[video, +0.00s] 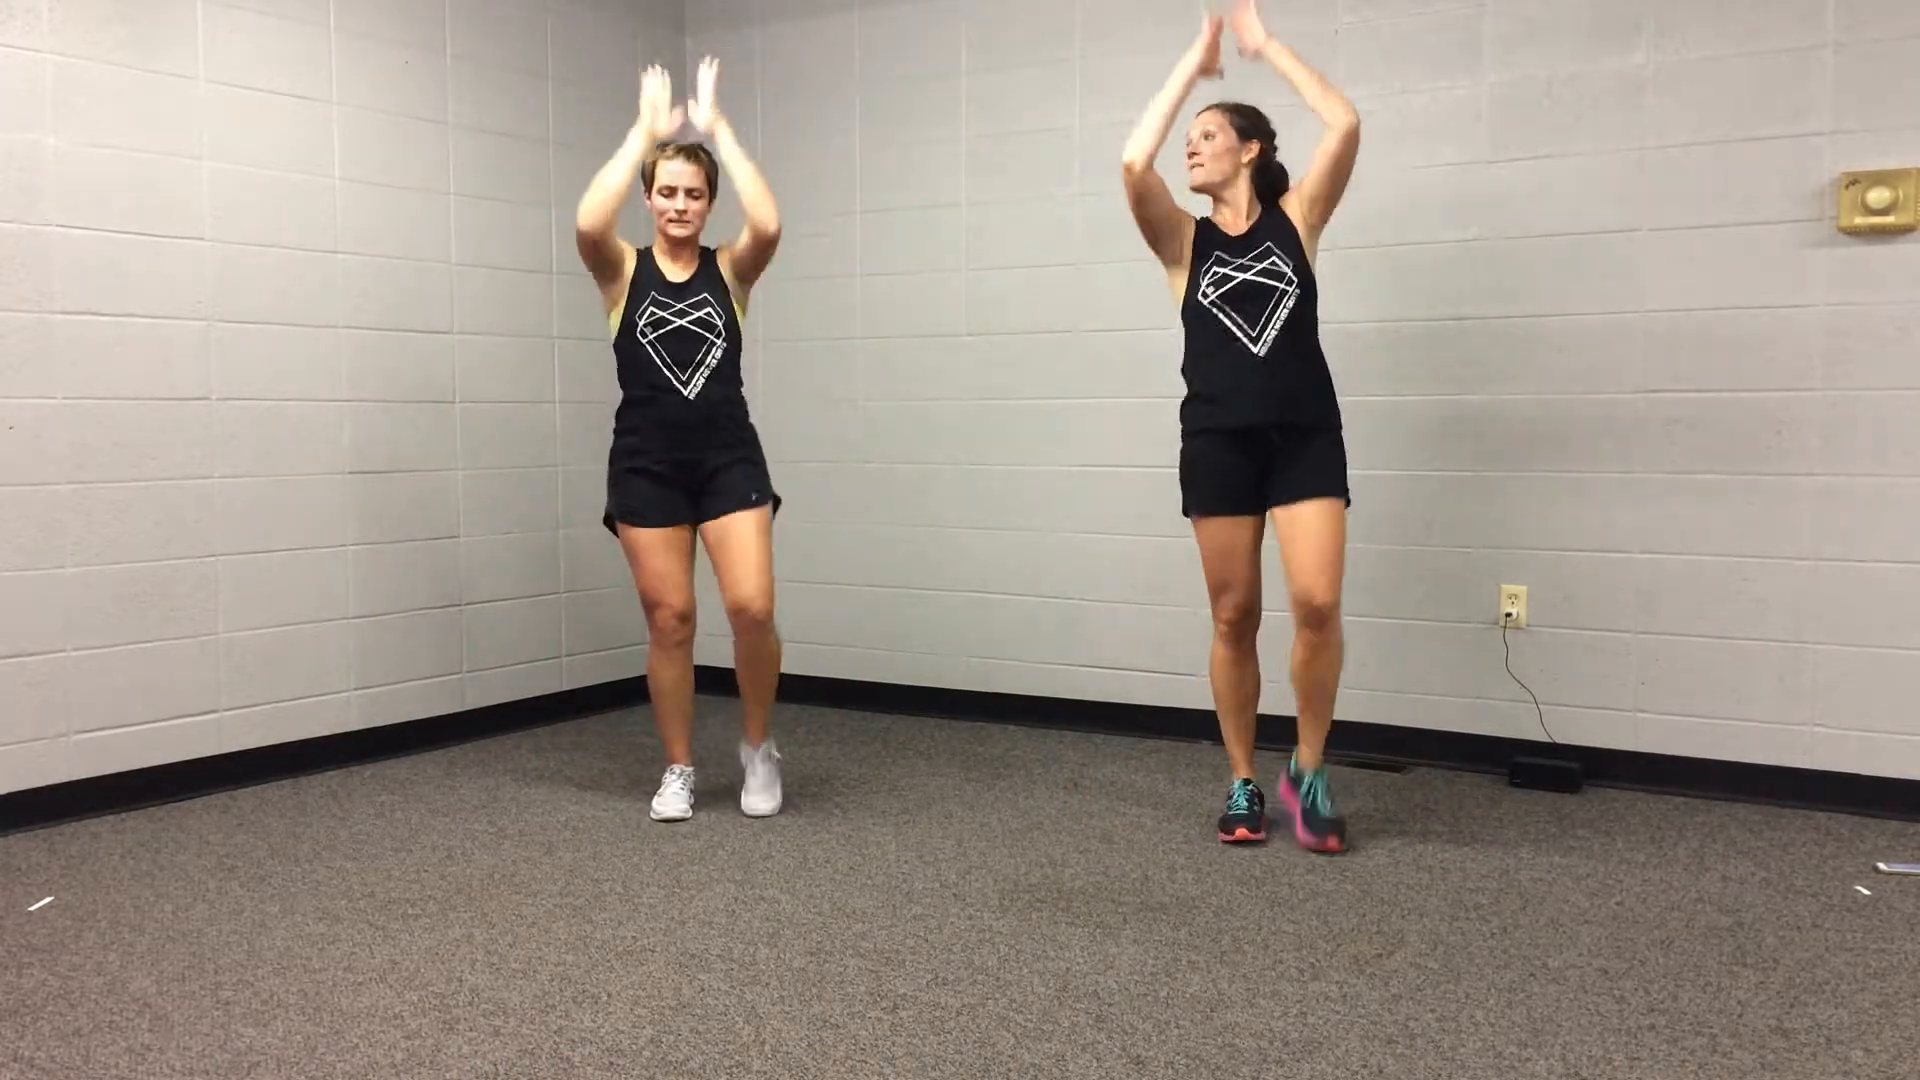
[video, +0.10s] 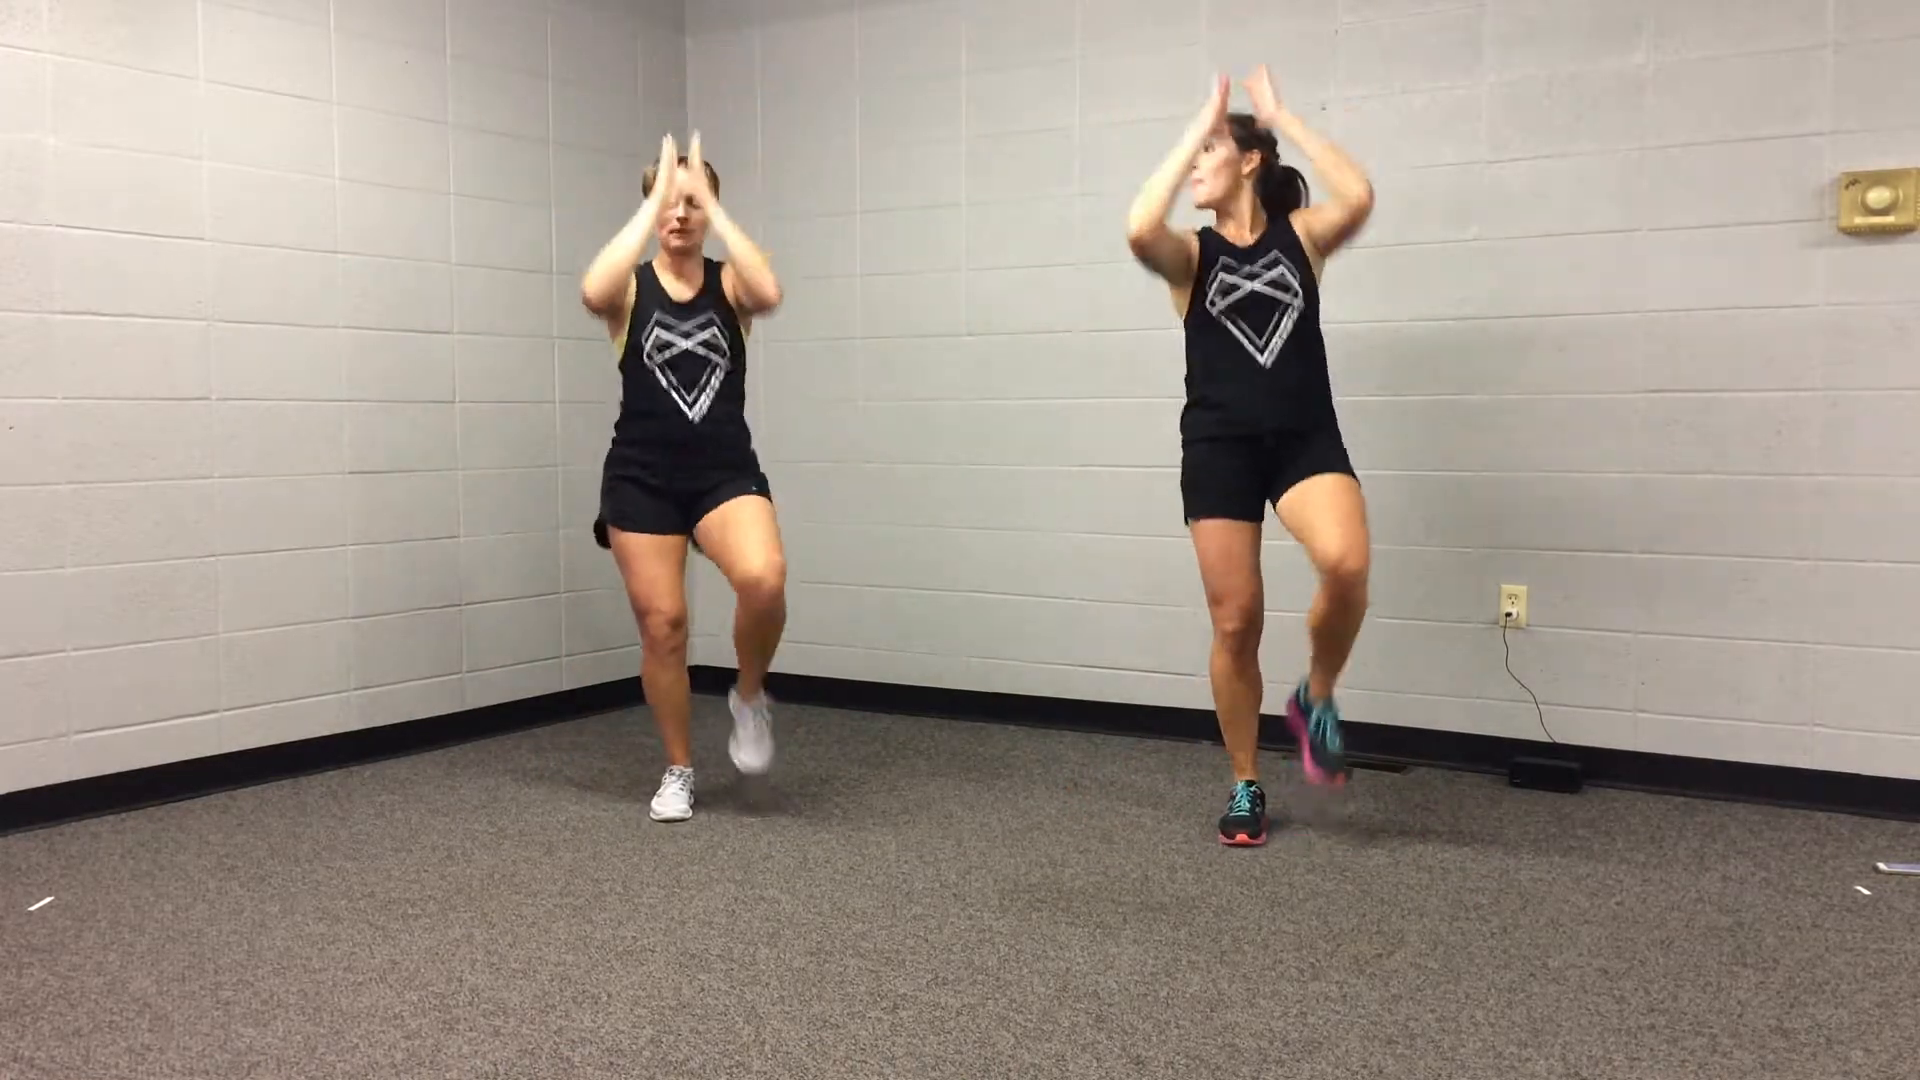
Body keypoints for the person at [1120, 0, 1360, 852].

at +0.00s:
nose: (1191, 151)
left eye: (1207, 137)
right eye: (1189, 143)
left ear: (1253, 150)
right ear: (1193, 164)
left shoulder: (1297, 219)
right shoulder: (1182, 239)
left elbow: (1346, 121)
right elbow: (1134, 169)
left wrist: (1266, 43)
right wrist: (1193, 68)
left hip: (1306, 438)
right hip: (1218, 443)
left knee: (1319, 607)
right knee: (1233, 618)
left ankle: (1309, 773)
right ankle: (1243, 779)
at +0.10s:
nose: (1199, 162)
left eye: (1213, 150)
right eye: (1196, 152)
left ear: (1252, 161)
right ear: (1203, 169)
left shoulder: (1301, 237)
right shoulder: (1190, 256)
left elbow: (1355, 196)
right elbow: (1141, 230)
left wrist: (1284, 118)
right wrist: (1194, 138)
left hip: (1306, 440)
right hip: (1219, 450)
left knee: (1347, 564)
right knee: (1235, 621)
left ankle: (1316, 699)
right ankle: (1243, 783)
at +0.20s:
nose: (1201, 168)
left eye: (1215, 154)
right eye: (1198, 160)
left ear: (1259, 161)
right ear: (1207, 177)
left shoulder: (1303, 238)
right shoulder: (1196, 251)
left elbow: (1372, 268)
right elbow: (1150, 298)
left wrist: (1293, 193)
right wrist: (1209, 211)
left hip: (1306, 437)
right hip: (1221, 444)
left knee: (1362, 550)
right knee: (1235, 621)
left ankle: (1318, 672)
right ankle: (1246, 783)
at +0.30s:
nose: (1208, 152)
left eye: (1223, 138)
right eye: (1207, 141)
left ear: (1270, 148)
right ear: (1213, 157)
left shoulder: (1323, 231)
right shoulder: (1196, 241)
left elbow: (1384, 319)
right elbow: (1158, 338)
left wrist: (1306, 255)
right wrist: (1238, 258)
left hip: (1315, 429)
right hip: (1228, 434)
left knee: (1346, 587)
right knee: (1242, 610)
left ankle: (1315, 722)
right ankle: (1245, 778)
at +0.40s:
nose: (1220, 158)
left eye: (1235, 144)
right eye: (1218, 147)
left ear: (1280, 155)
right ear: (1225, 163)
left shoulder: (1335, 245)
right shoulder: (1204, 254)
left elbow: (1403, 348)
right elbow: (1157, 364)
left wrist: (1328, 337)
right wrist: (1242, 338)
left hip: (1321, 450)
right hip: (1234, 453)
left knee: (1320, 621)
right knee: (1243, 617)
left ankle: (1316, 780)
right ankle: (1245, 783)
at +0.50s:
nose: (1243, 160)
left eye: (1258, 147)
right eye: (1238, 149)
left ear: (1300, 154)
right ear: (1233, 161)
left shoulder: (1350, 242)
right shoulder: (1215, 252)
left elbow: (1440, 321)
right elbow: (1147, 344)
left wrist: (1371, 349)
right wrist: (1223, 357)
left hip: (1324, 448)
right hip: (1236, 446)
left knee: (1315, 619)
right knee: (1232, 612)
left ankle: (1309, 782)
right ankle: (1243, 772)